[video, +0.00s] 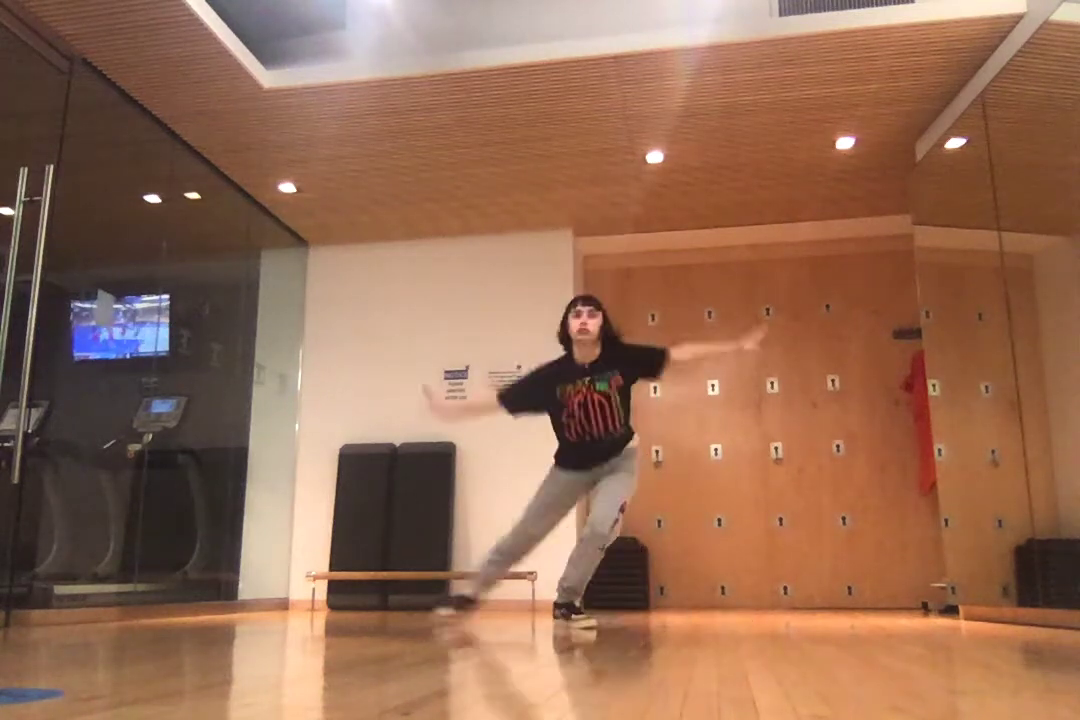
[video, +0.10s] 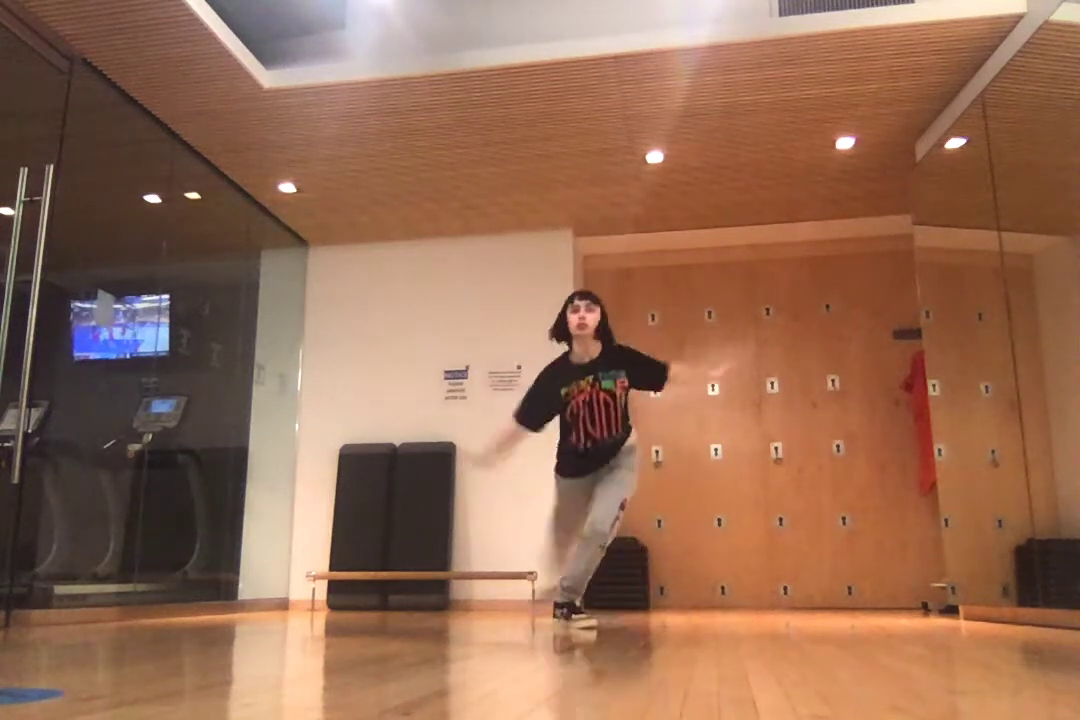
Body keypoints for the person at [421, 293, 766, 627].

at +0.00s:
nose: (583, 322)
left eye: (591, 315)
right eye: (577, 316)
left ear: (603, 325)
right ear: (566, 327)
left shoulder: (624, 358)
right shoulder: (552, 375)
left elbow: (682, 355)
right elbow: (498, 401)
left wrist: (736, 346)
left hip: (617, 461)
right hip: (571, 468)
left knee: (602, 528)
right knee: (527, 531)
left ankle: (567, 601)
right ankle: (472, 593)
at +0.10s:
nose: (582, 315)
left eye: (589, 309)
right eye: (575, 310)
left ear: (601, 317)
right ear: (565, 320)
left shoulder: (621, 358)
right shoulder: (556, 373)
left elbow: (667, 373)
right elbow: (524, 420)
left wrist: (709, 372)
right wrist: (493, 452)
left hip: (618, 459)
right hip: (574, 467)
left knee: (599, 528)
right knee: (563, 535)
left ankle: (568, 599)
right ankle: (569, 593)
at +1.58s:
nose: (567, 317)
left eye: (574, 310)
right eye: (559, 311)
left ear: (585, 315)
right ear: (549, 318)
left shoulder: (600, 349)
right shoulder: (540, 358)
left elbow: (652, 366)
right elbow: (510, 399)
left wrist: (605, 381)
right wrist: (556, 393)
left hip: (597, 456)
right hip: (554, 454)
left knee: (654, 512)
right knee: (521, 525)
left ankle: (647, 602)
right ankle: (459, 586)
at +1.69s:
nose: (585, 300)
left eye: (588, 293)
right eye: (576, 295)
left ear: (597, 301)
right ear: (563, 306)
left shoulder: (607, 340)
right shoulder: (560, 343)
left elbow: (632, 353)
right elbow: (544, 388)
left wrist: (620, 362)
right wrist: (588, 370)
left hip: (602, 452)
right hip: (566, 444)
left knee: (656, 514)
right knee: (526, 525)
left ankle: (647, 603)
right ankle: (463, 584)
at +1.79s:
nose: (610, 294)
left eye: (608, 288)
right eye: (603, 288)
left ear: (594, 296)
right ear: (584, 294)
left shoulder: (601, 337)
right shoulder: (576, 332)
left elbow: (585, 383)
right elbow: (553, 385)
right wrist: (601, 364)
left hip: (611, 447)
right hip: (573, 441)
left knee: (659, 514)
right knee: (526, 516)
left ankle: (650, 604)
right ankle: (468, 582)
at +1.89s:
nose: (607, 305)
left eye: (606, 298)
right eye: (603, 299)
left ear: (582, 300)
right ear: (590, 301)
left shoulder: (596, 339)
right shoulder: (572, 334)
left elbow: (573, 382)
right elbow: (555, 378)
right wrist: (603, 356)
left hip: (611, 446)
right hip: (574, 441)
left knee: (652, 514)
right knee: (537, 525)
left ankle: (650, 604)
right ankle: (474, 584)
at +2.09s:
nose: (600, 326)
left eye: (605, 320)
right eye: (600, 317)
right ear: (584, 307)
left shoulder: (580, 343)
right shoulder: (552, 328)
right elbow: (521, 343)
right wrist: (559, 312)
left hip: (553, 445)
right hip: (518, 438)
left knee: (593, 504)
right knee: (520, 529)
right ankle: (468, 590)